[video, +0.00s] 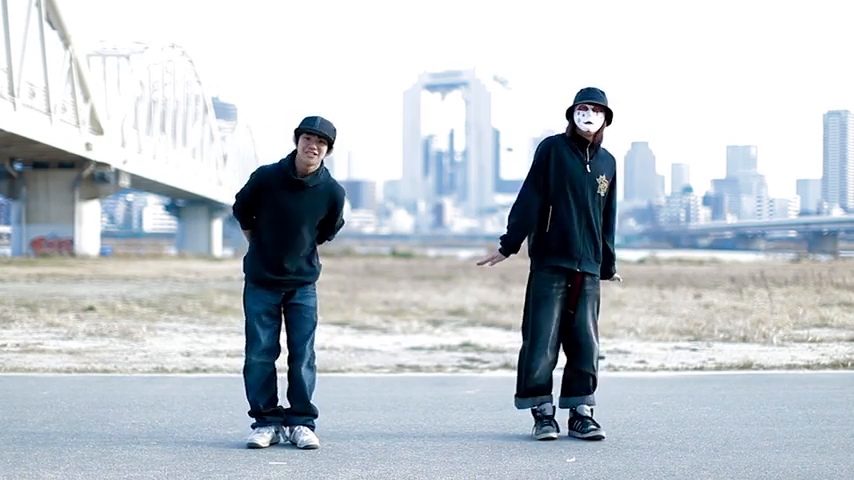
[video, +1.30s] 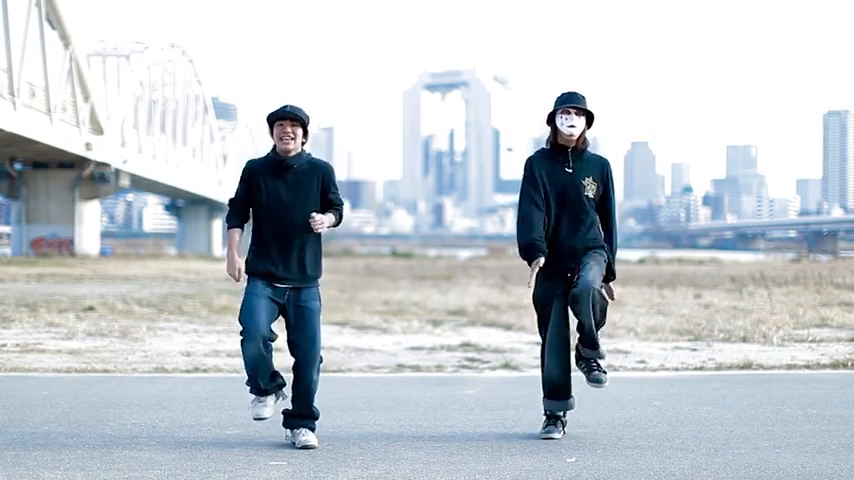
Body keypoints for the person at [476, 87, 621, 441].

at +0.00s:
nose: (588, 116)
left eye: (594, 111)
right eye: (582, 110)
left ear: (604, 119)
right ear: (572, 114)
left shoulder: (607, 161)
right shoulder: (552, 148)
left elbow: (607, 217)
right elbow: (530, 197)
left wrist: (608, 263)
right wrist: (507, 246)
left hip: (589, 260)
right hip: (550, 258)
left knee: (585, 337)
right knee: (543, 335)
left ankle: (581, 413)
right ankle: (543, 413)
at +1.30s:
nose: (570, 121)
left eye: (577, 115)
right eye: (564, 115)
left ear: (585, 123)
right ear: (554, 120)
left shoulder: (599, 165)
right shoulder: (537, 163)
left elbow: (608, 221)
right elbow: (530, 210)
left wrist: (608, 272)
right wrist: (535, 251)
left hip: (592, 249)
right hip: (553, 255)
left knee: (586, 287)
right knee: (553, 334)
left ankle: (588, 353)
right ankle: (554, 412)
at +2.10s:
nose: (575, 130)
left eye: (581, 124)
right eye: (569, 123)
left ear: (591, 127)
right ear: (559, 127)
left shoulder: (608, 166)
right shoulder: (541, 170)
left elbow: (651, 186)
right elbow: (511, 212)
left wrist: (619, 201)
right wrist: (538, 235)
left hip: (597, 271)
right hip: (557, 271)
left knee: (590, 344)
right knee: (557, 343)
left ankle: (585, 415)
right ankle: (556, 417)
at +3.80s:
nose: (587, 117)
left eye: (594, 112)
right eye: (581, 112)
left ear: (605, 122)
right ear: (572, 119)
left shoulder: (607, 172)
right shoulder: (551, 142)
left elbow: (630, 213)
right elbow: (540, 97)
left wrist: (597, 221)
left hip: (578, 253)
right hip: (539, 248)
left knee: (581, 318)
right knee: (541, 331)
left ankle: (588, 374)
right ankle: (549, 410)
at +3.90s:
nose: (591, 128)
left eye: (598, 124)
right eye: (585, 123)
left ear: (607, 134)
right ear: (574, 128)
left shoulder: (606, 183)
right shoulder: (554, 154)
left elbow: (632, 227)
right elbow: (550, 111)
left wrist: (597, 233)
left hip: (578, 262)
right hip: (540, 256)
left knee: (576, 331)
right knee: (539, 336)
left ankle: (585, 407)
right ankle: (548, 413)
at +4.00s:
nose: (598, 135)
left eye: (602, 129)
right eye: (592, 128)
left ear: (606, 137)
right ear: (577, 131)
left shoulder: (610, 182)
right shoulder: (556, 157)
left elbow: (636, 223)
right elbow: (542, 114)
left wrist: (607, 236)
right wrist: (586, 125)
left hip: (584, 263)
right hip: (546, 256)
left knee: (582, 338)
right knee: (547, 333)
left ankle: (584, 412)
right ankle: (551, 412)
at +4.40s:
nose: (585, 120)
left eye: (591, 114)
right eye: (579, 115)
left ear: (601, 122)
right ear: (568, 122)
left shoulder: (616, 169)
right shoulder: (553, 151)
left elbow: (651, 203)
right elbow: (506, 133)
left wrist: (619, 225)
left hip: (598, 261)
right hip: (560, 257)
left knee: (590, 342)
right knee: (562, 339)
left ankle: (583, 414)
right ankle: (558, 407)